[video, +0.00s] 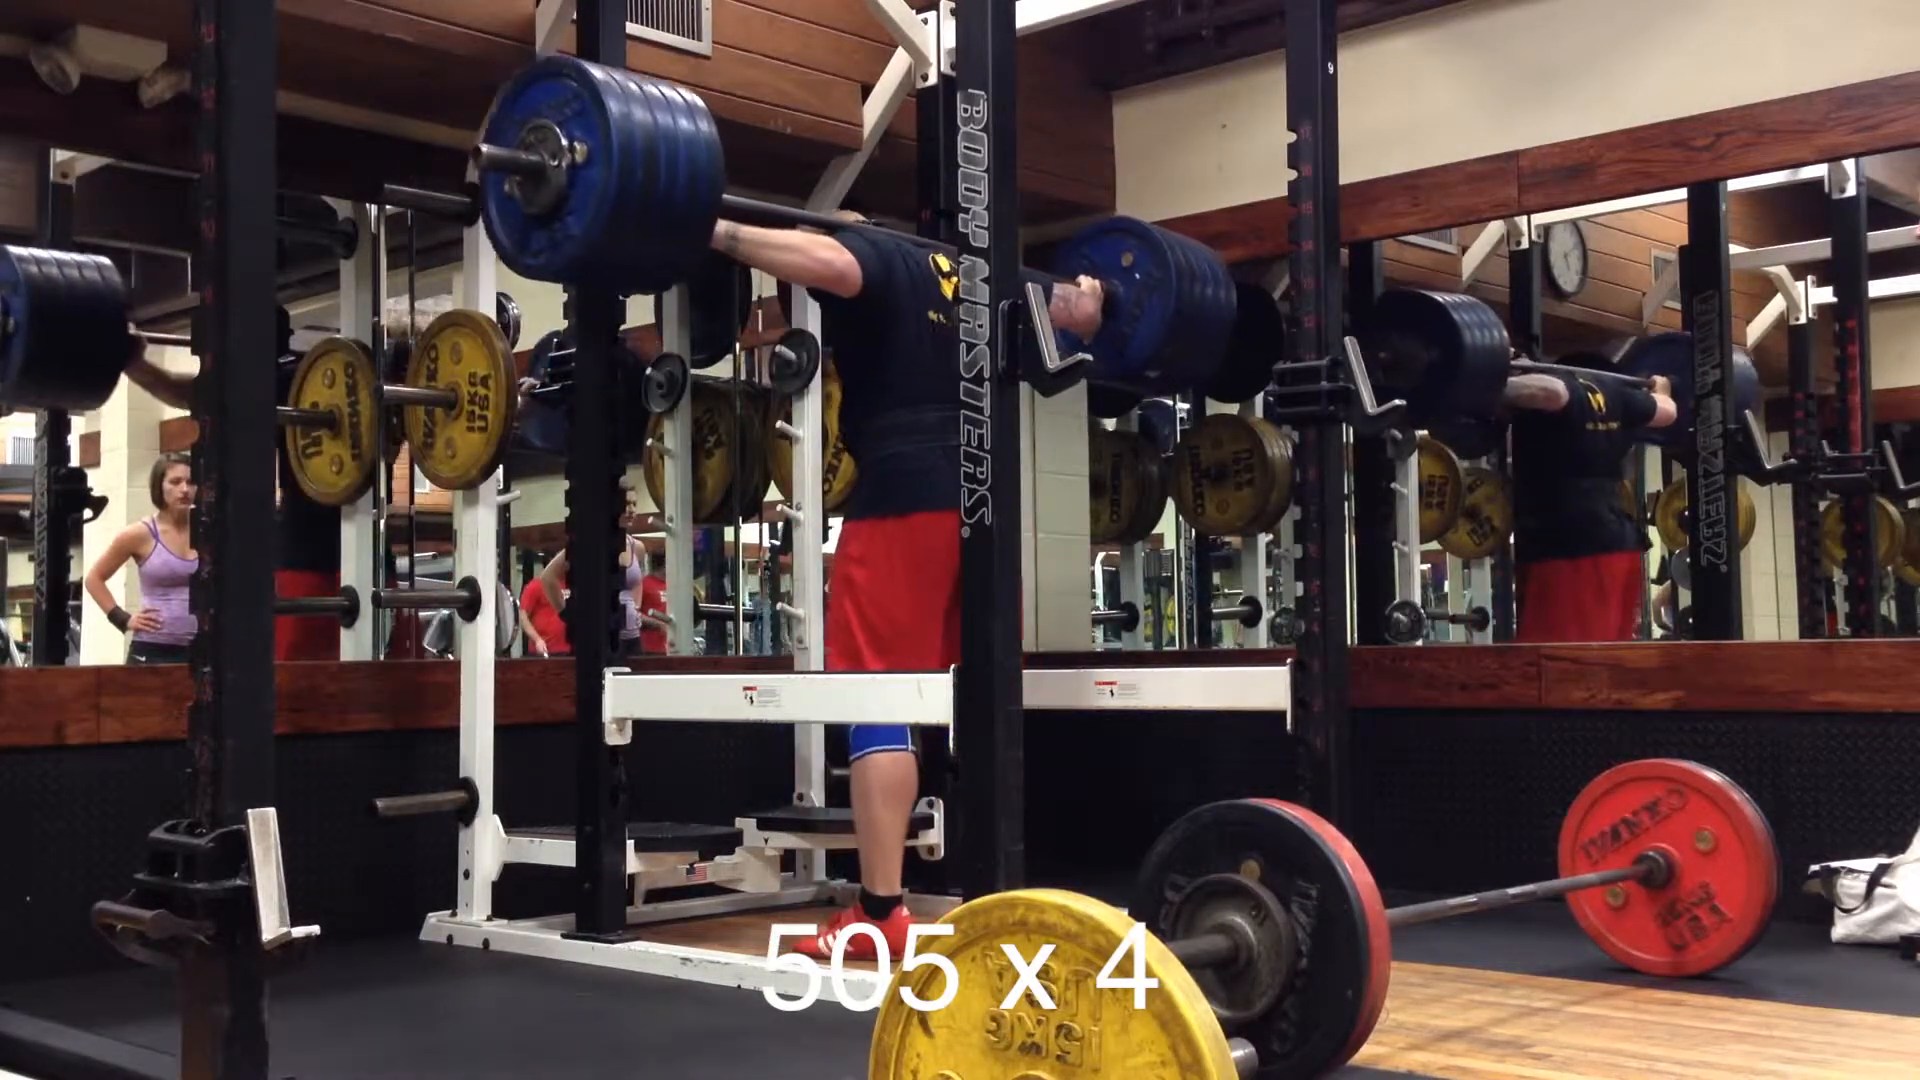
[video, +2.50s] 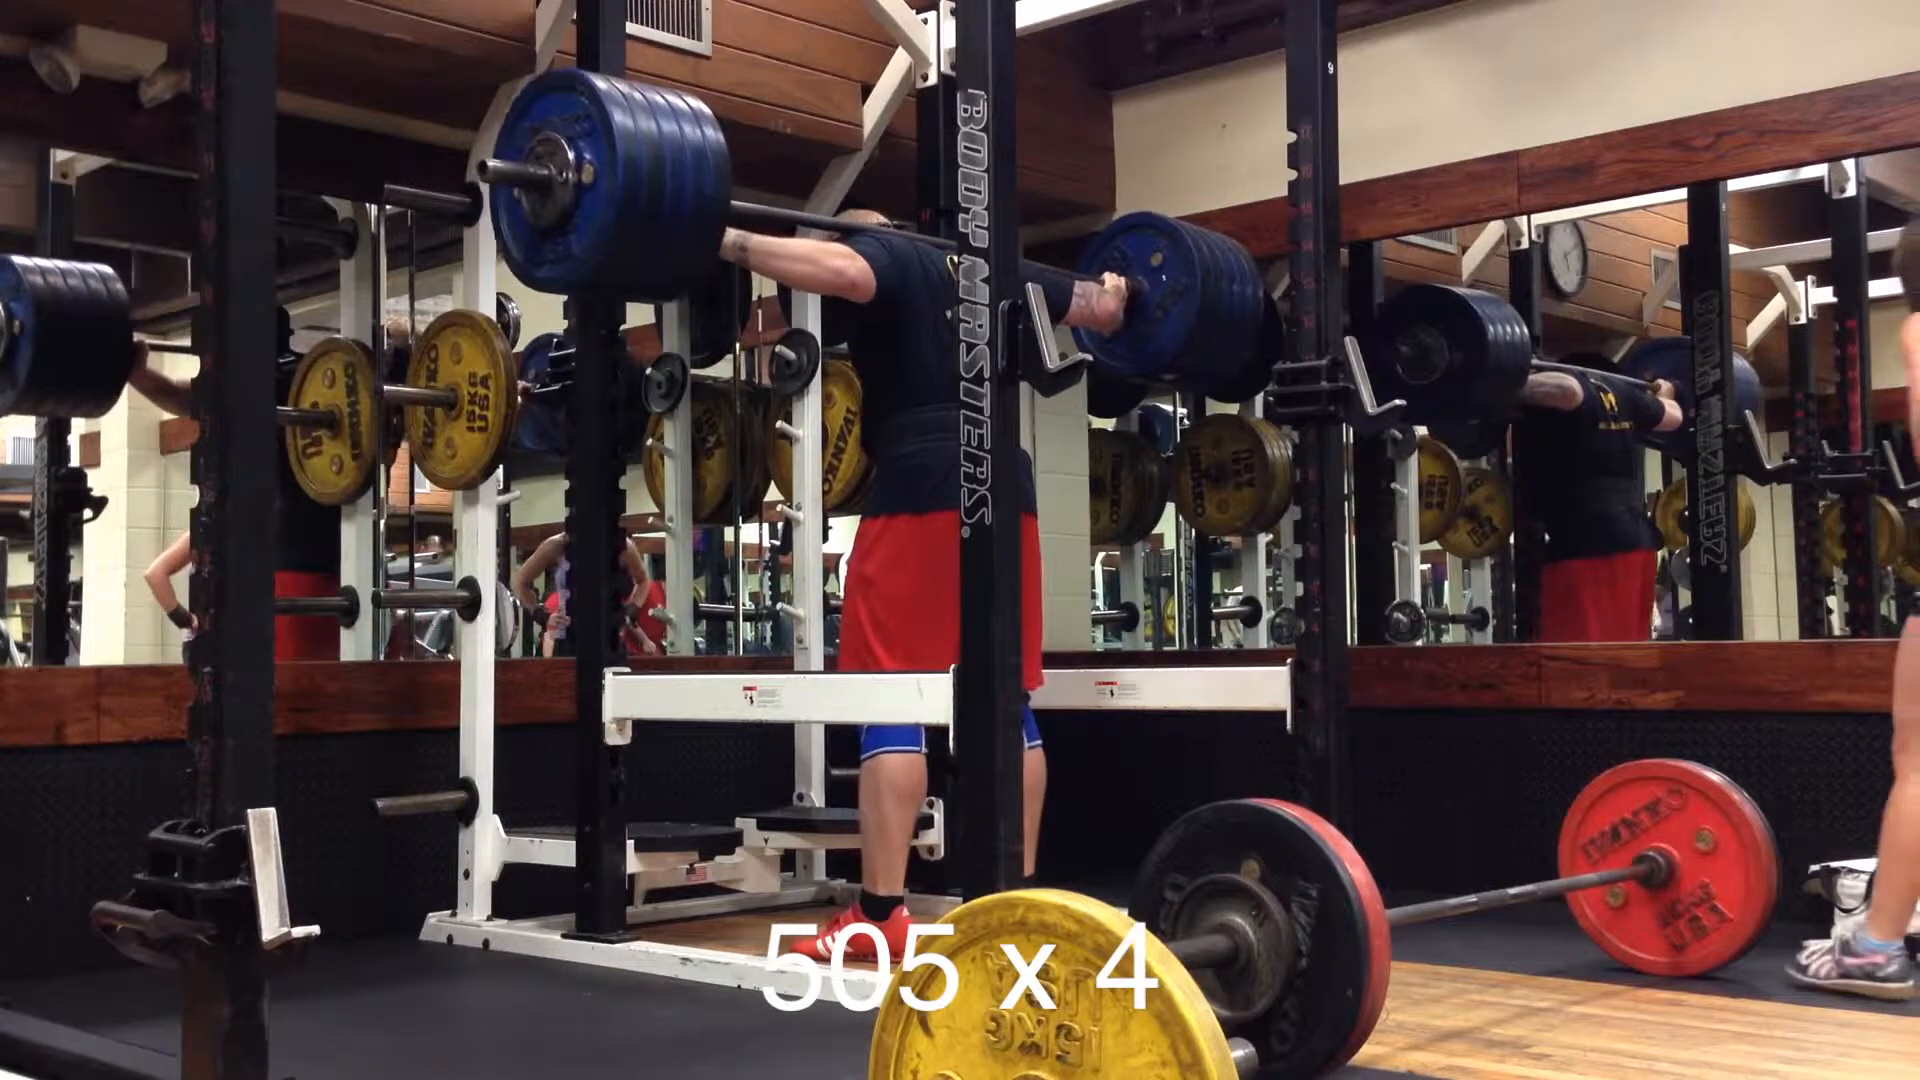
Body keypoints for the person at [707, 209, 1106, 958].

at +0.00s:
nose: (820, 253)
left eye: (820, 242)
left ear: (844, 235)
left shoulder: (874, 249)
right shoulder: (983, 274)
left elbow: (833, 266)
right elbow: (1076, 312)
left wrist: (720, 232)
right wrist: (1090, 299)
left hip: (907, 504)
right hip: (998, 503)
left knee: (880, 707)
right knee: (991, 704)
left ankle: (880, 911)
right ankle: (998, 898)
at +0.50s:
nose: (822, 249)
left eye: (822, 239)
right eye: (819, 241)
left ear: (846, 231)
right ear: (906, 223)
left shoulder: (876, 246)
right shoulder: (983, 270)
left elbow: (836, 268)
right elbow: (1081, 309)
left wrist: (720, 235)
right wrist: (1092, 296)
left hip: (907, 500)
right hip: (998, 498)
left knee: (877, 706)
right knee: (994, 706)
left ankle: (880, 911)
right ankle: (1010, 895)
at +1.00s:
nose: (837, 260)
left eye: (838, 251)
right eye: (836, 255)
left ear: (868, 242)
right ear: (910, 226)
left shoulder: (898, 253)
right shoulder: (1000, 269)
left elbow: (865, 275)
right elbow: (1104, 304)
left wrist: (750, 247)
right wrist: (1118, 285)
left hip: (927, 501)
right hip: (1017, 502)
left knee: (893, 708)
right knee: (1017, 713)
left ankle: (885, 914)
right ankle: (1013, 903)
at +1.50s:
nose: (832, 250)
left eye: (832, 241)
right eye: (831, 242)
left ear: (856, 237)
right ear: (920, 225)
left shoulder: (883, 251)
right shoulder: (992, 269)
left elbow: (843, 272)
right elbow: (1090, 310)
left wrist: (726, 241)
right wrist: (1104, 295)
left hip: (916, 506)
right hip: (1006, 507)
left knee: (895, 712)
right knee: (1005, 713)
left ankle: (885, 913)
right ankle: (1011, 902)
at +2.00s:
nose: (843, 256)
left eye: (844, 247)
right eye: (839, 251)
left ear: (871, 239)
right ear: (928, 227)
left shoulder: (893, 253)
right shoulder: (1001, 272)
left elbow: (858, 278)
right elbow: (1105, 309)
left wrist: (741, 246)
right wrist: (1121, 289)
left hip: (922, 501)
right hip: (1014, 501)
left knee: (882, 702)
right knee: (1009, 711)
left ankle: (881, 909)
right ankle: (1013, 901)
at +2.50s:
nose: (835, 254)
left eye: (833, 245)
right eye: (833, 247)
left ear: (856, 240)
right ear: (902, 226)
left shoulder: (886, 252)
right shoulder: (989, 268)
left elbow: (846, 270)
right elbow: (1098, 307)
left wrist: (730, 241)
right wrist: (1114, 291)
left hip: (918, 498)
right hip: (1007, 498)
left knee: (893, 709)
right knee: (1011, 711)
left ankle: (882, 909)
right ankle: (1016, 901)